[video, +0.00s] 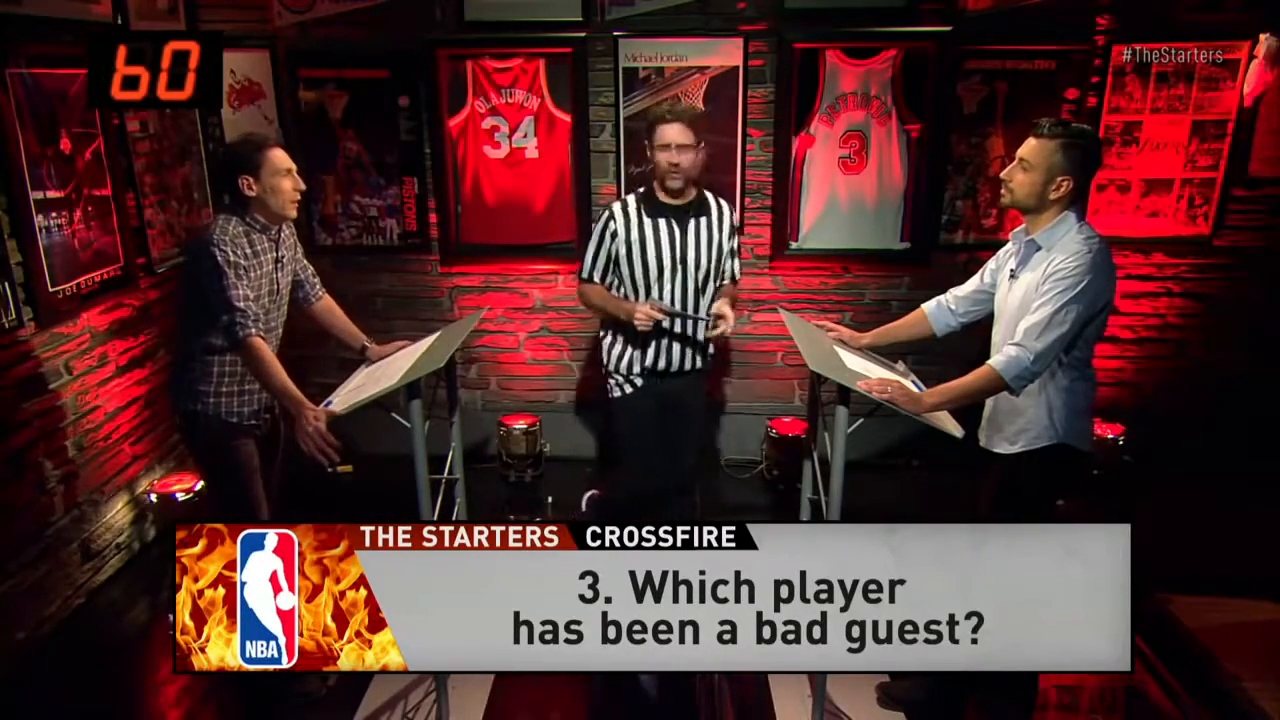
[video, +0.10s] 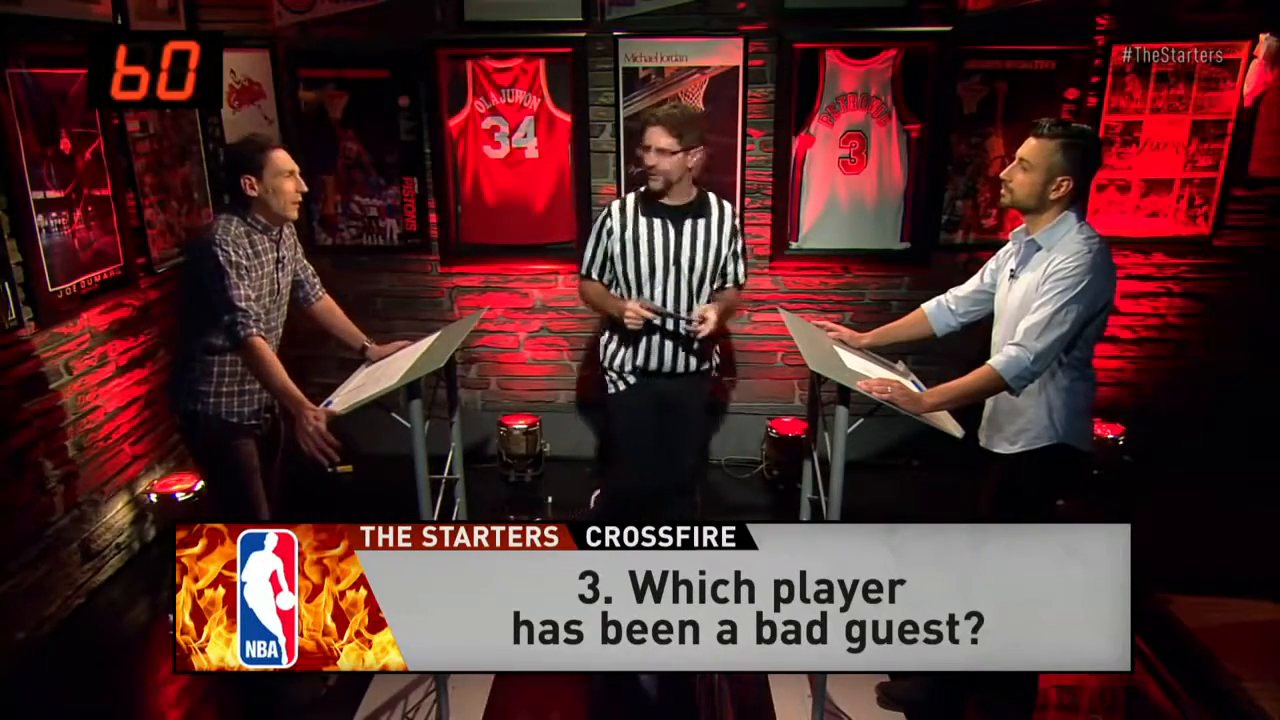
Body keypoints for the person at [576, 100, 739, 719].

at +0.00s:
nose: (675, 158)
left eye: (685, 147)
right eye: (665, 148)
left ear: (702, 154)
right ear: (649, 154)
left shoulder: (721, 215)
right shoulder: (620, 216)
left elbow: (726, 285)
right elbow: (588, 288)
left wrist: (725, 307)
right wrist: (628, 311)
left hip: (692, 380)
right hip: (631, 382)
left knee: (685, 488)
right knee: (635, 488)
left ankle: (680, 576)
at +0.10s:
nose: (649, 162)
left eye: (661, 152)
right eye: (644, 151)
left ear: (694, 156)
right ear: (639, 153)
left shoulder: (722, 216)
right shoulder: (619, 212)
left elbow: (733, 287)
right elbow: (586, 285)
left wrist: (716, 311)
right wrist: (619, 308)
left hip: (690, 381)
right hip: (628, 380)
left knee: (679, 487)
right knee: (631, 486)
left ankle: (674, 575)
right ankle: (620, 570)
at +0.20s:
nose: (637, 162)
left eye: (650, 155)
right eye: (636, 152)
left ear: (689, 159)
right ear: (639, 151)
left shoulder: (722, 218)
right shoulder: (618, 210)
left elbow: (736, 297)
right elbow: (589, 280)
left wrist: (708, 316)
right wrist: (612, 303)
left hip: (689, 385)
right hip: (625, 381)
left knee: (678, 492)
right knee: (621, 489)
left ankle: (673, 586)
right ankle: (617, 584)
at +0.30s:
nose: (634, 162)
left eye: (646, 155)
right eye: (633, 151)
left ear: (686, 158)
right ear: (637, 150)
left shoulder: (720, 219)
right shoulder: (619, 209)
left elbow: (738, 299)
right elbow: (594, 274)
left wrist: (695, 320)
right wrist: (606, 299)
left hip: (686, 385)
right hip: (622, 380)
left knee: (677, 492)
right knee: (619, 488)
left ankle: (673, 585)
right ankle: (616, 581)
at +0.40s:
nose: (631, 162)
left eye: (642, 154)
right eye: (630, 152)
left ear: (679, 159)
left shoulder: (720, 222)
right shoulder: (617, 211)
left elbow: (734, 301)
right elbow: (599, 273)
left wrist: (685, 320)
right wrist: (602, 298)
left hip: (684, 384)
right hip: (622, 378)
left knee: (676, 491)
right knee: (613, 486)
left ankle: (673, 572)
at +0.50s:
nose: (628, 162)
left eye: (638, 154)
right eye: (627, 152)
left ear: (675, 158)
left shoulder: (717, 222)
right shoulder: (616, 211)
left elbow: (732, 303)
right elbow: (599, 275)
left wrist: (679, 321)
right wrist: (600, 300)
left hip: (682, 385)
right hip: (620, 380)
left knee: (675, 493)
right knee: (612, 487)